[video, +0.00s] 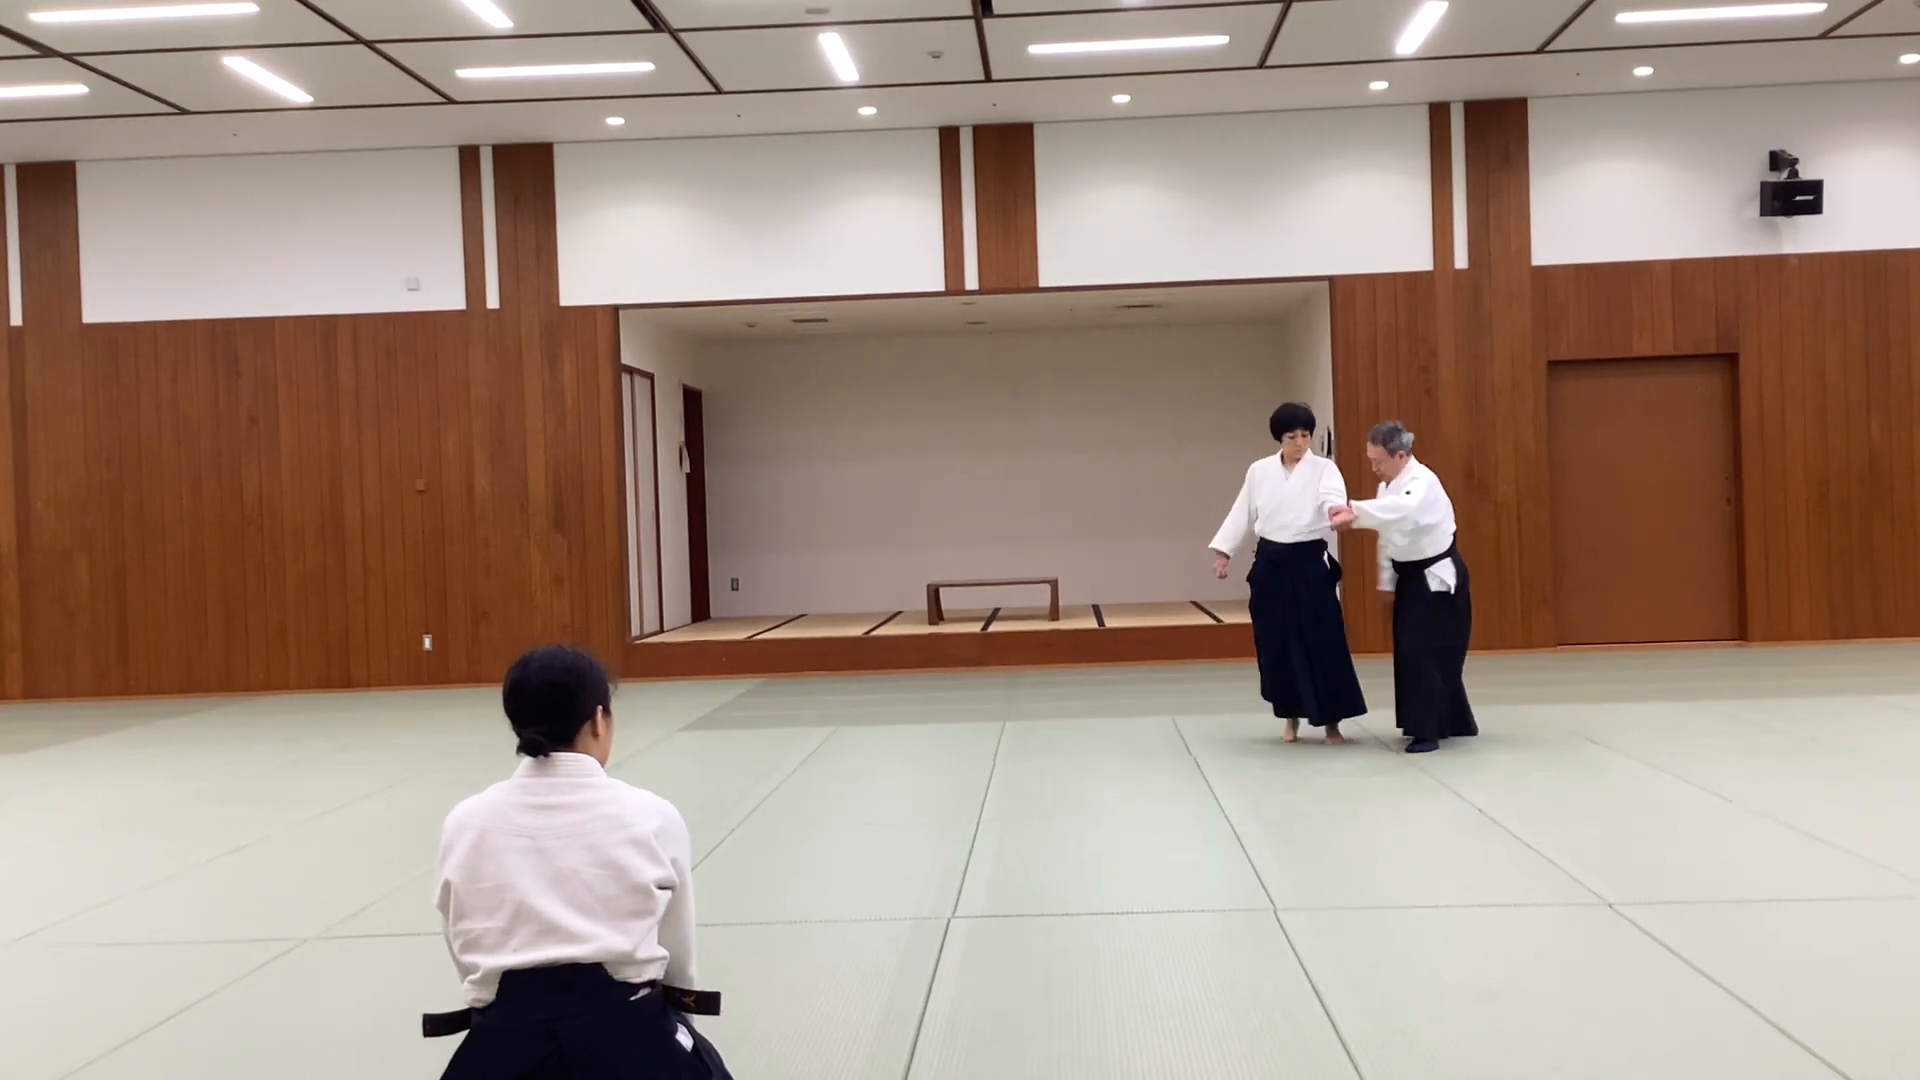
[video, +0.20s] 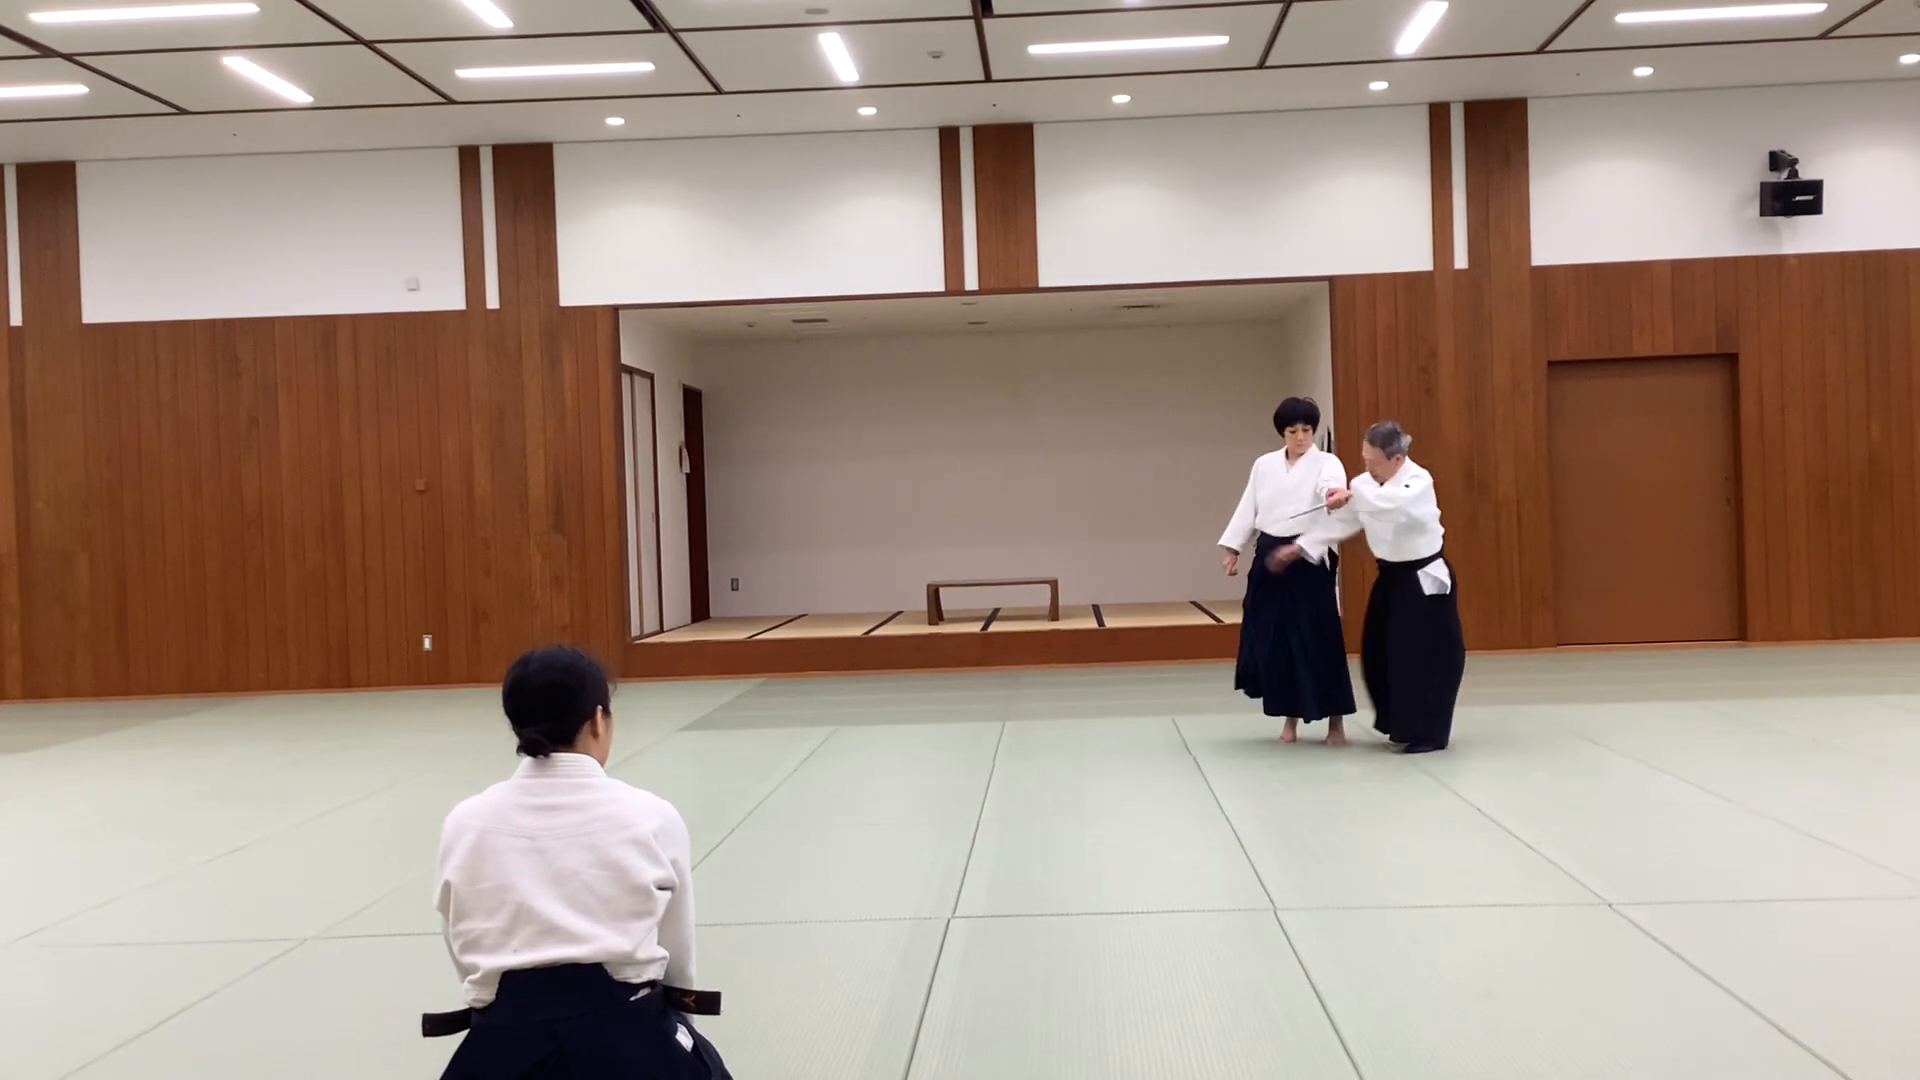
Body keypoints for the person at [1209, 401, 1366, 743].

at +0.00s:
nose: (1300, 442)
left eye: (1305, 435)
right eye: (1293, 436)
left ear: (1312, 436)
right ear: (1279, 436)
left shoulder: (1325, 469)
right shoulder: (1259, 470)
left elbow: (1334, 500)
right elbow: (1241, 513)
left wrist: (1338, 511)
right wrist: (1224, 550)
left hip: (1311, 562)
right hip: (1270, 564)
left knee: (1321, 640)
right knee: (1278, 642)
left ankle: (1332, 725)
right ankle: (1290, 721)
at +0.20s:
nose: (1300, 436)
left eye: (1306, 429)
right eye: (1293, 430)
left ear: (1315, 431)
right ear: (1281, 431)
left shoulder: (1328, 465)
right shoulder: (1264, 465)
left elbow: (1337, 515)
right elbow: (1248, 507)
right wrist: (1234, 546)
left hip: (1312, 558)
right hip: (1269, 556)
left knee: (1319, 637)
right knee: (1279, 637)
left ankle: (1335, 722)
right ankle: (1290, 719)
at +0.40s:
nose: (1291, 437)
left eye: (1298, 430)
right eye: (1284, 431)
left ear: (1310, 432)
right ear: (1276, 433)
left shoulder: (1320, 470)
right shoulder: (1262, 463)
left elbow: (1304, 517)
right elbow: (1245, 506)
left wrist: (1261, 544)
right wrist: (1232, 545)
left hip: (1301, 570)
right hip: (1264, 568)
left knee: (1300, 643)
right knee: (1268, 642)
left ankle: (1305, 718)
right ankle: (1286, 713)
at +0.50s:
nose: (1273, 451)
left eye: (1280, 444)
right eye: (1267, 444)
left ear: (1295, 444)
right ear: (1261, 443)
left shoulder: (1307, 482)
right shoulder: (1252, 472)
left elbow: (1296, 536)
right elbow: (1236, 515)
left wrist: (1257, 568)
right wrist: (1226, 556)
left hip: (1284, 571)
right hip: (1246, 565)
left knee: (1270, 642)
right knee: (1233, 636)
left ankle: (1262, 719)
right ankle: (1248, 717)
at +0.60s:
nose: (1240, 480)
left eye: (1246, 473)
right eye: (1236, 473)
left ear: (1263, 472)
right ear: (1233, 472)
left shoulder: (1285, 506)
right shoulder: (1227, 500)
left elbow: (1285, 560)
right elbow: (1218, 543)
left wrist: (1262, 602)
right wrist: (1213, 577)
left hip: (1271, 585)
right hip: (1235, 582)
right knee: (1207, 633)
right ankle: (1198, 720)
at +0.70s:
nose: (1196, 524)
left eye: (1200, 517)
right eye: (1193, 518)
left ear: (1216, 513)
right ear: (1191, 517)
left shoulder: (1250, 534)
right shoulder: (1189, 542)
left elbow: (1273, 582)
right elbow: (1177, 577)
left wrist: (1268, 630)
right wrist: (1176, 618)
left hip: (1251, 611)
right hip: (1216, 610)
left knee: (1244, 670)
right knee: (1190, 661)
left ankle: (1245, 734)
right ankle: (1171, 734)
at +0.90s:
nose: (1138, 625)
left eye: (1139, 619)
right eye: (1131, 623)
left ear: (1141, 607)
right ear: (1114, 620)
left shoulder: (1161, 596)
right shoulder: (1101, 623)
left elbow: (1214, 604)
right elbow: (1080, 670)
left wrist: (1247, 617)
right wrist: (1099, 716)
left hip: (1171, 636)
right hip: (1138, 647)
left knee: (1173, 688)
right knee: (1144, 692)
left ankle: (1174, 741)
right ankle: (1150, 742)